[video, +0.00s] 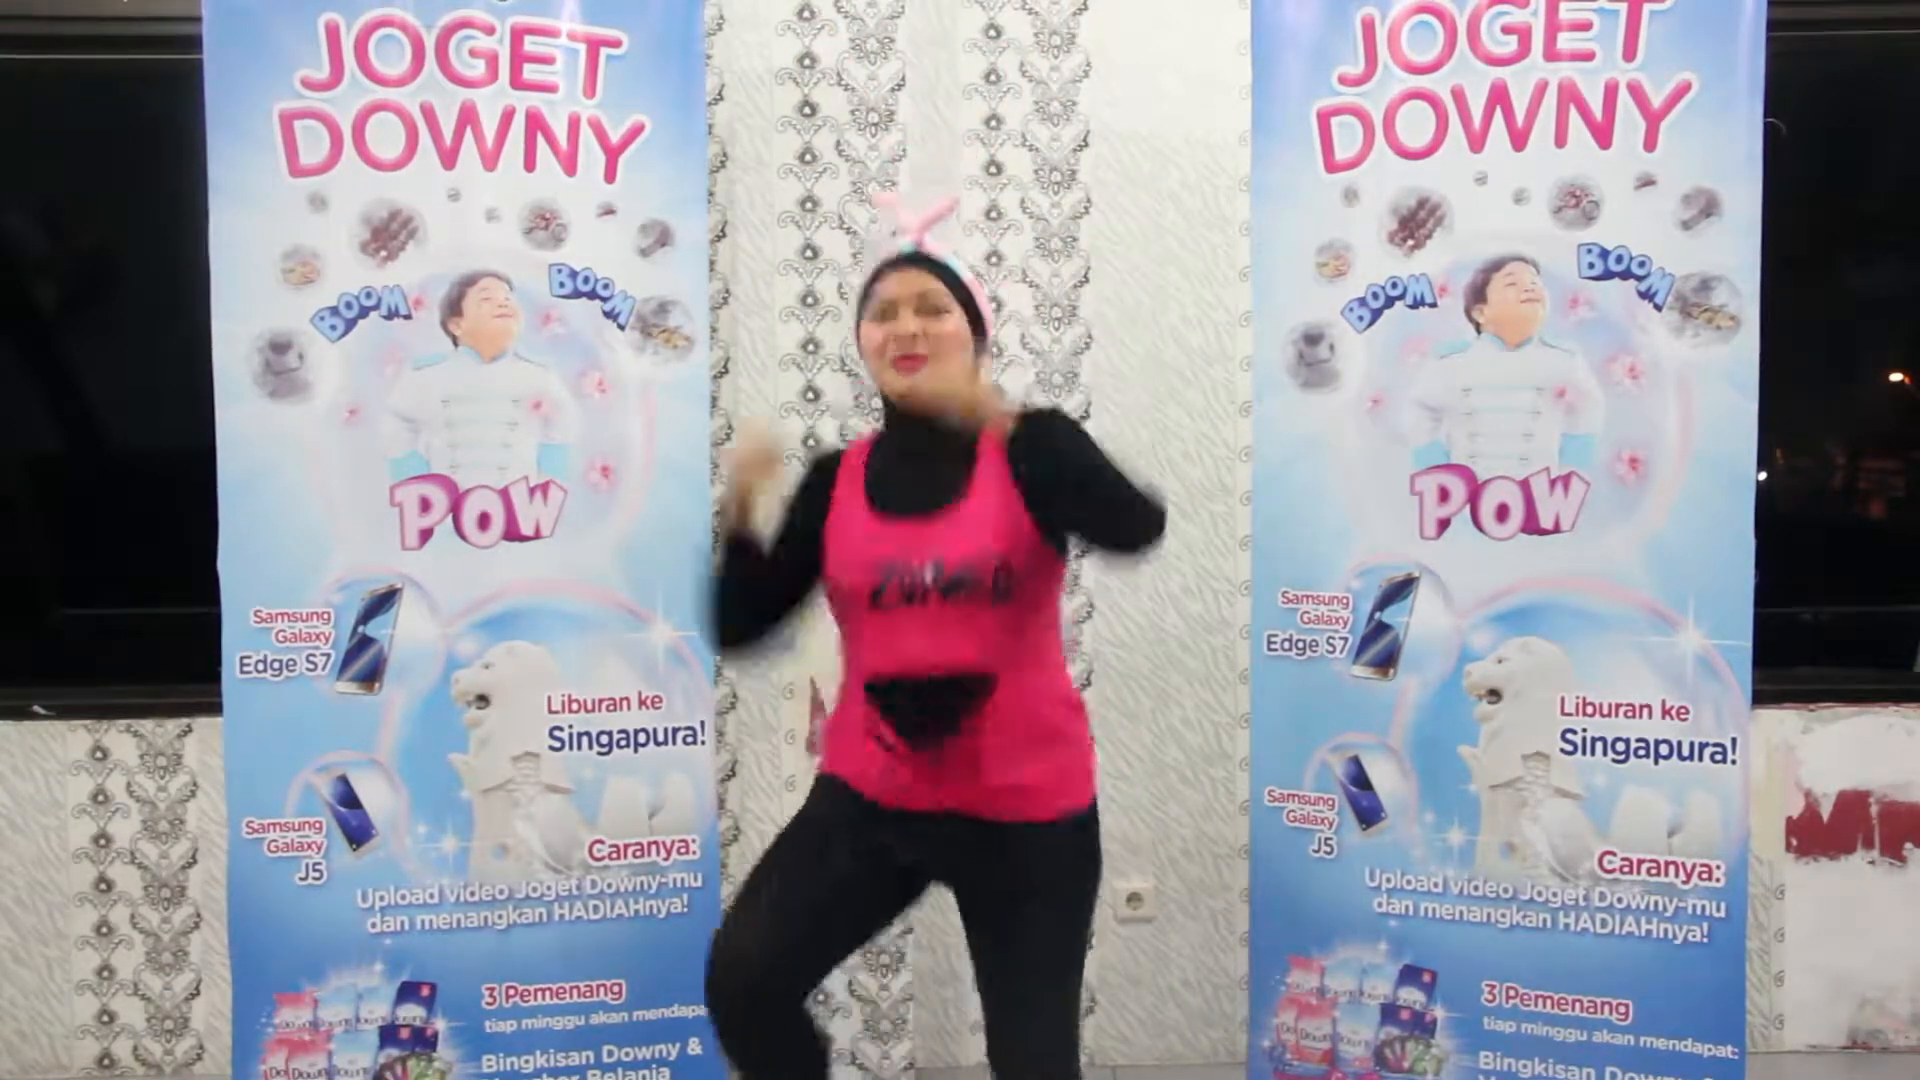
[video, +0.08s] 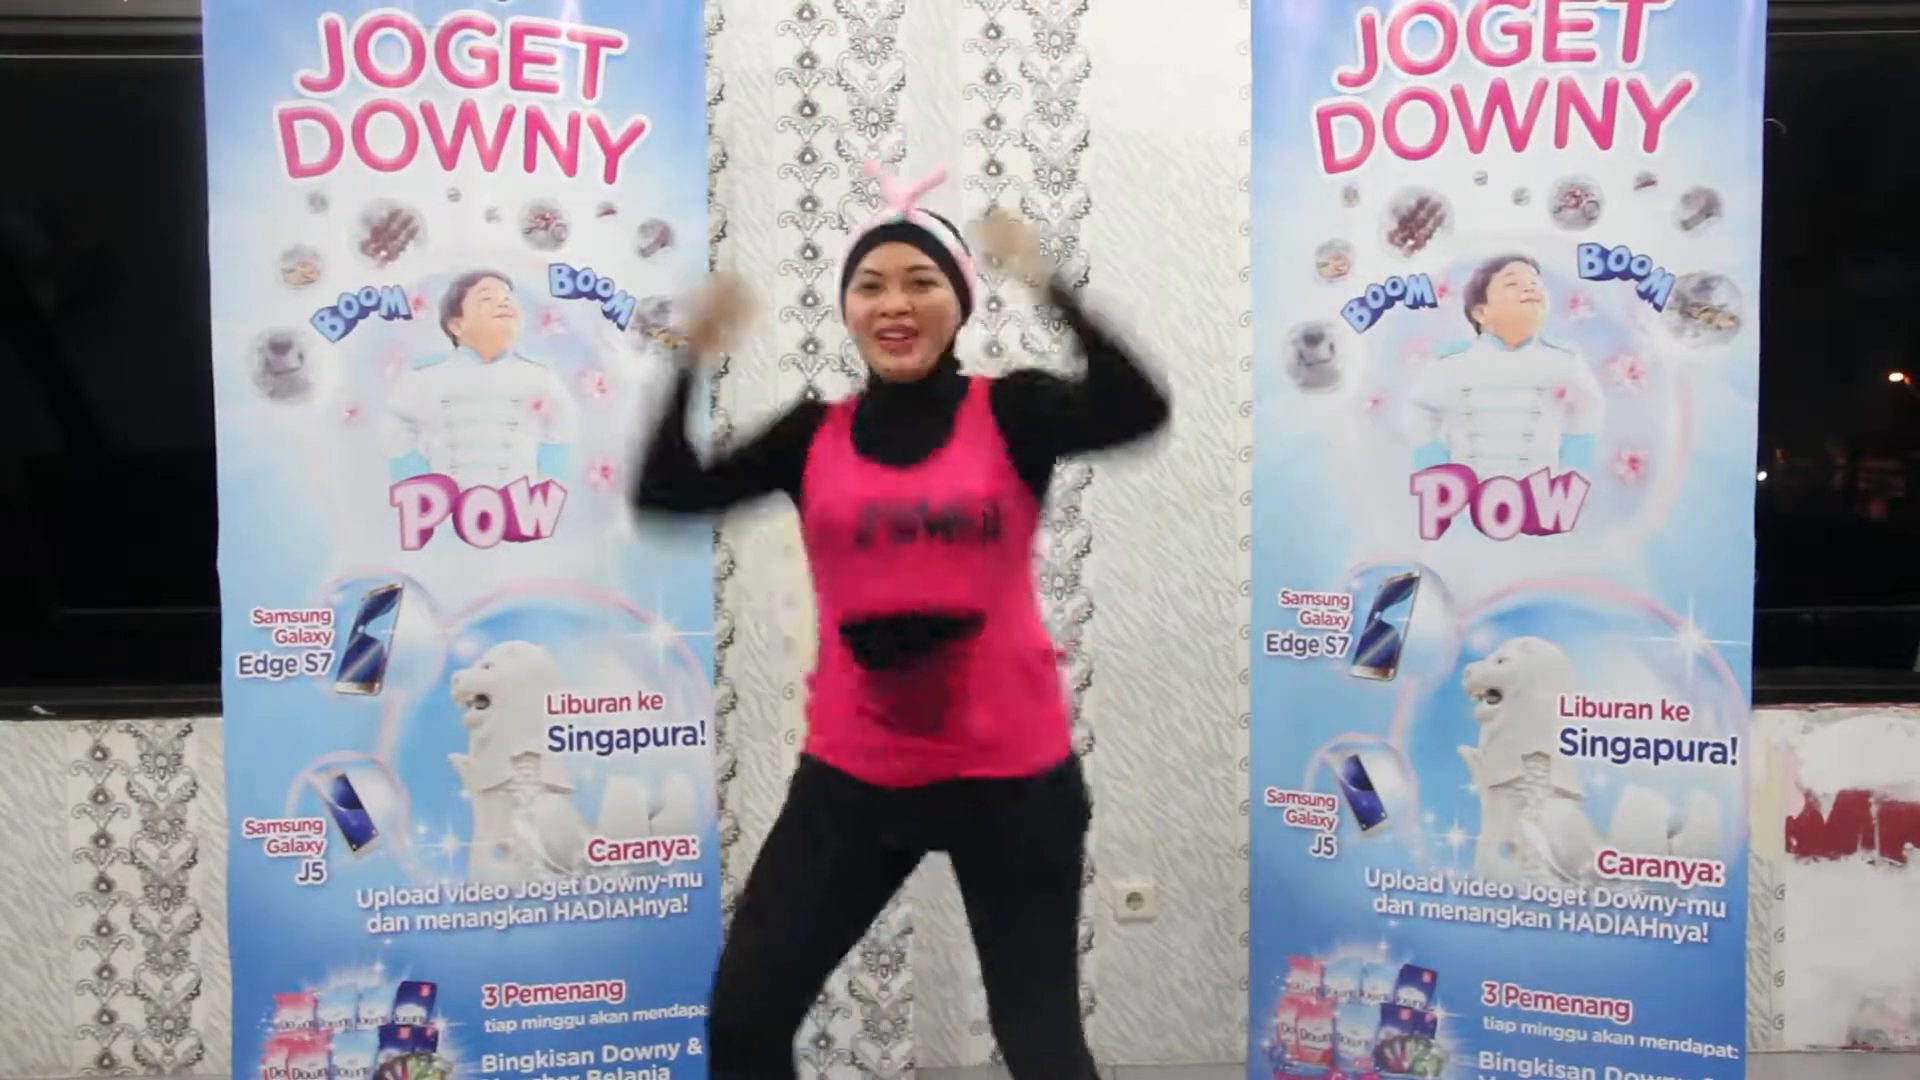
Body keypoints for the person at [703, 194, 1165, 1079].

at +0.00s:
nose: (906, 328)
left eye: (930, 310)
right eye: (884, 314)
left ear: (976, 336)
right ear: (861, 348)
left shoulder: (1032, 453)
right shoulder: (836, 480)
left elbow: (1136, 526)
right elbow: (741, 621)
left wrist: (1012, 425)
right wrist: (738, 523)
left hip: (1024, 809)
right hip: (872, 800)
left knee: (1034, 1059)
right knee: (744, 981)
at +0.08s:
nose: (895, 303)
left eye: (920, 282)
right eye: (872, 285)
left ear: (960, 304)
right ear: (846, 310)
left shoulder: (1014, 410)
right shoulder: (812, 435)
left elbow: (1139, 409)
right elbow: (664, 492)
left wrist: (1053, 287)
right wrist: (690, 359)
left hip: (1011, 780)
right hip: (857, 781)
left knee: (1042, 1042)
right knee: (744, 1022)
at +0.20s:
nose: (879, 345)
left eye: (903, 327)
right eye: (858, 327)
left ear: (938, 350)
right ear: (826, 350)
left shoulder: (976, 446)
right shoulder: (779, 450)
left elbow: (1056, 279)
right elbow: (681, 305)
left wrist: (1147, 124)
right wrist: (614, 137)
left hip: (977, 835)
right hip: (815, 840)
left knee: (1041, 1063)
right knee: (761, 1063)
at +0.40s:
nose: (869, 330)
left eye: (895, 314)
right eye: (846, 310)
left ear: (927, 342)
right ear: (812, 335)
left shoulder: (972, 442)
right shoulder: (752, 445)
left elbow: (1148, 421)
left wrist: (1127, 277)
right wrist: (584, 281)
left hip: (960, 824)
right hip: (797, 827)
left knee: (1004, 1057)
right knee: (763, 1062)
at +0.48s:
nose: (870, 337)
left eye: (896, 318)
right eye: (845, 315)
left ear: (928, 344)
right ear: (813, 338)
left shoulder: (980, 453)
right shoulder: (757, 465)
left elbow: (1129, 558)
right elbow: (621, 590)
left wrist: (1127, 468)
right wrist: (600, 482)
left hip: (966, 817)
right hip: (808, 820)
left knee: (997, 1060)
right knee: (767, 1061)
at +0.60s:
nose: (867, 355)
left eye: (893, 335)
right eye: (842, 333)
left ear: (921, 358)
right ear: (805, 354)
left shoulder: (966, 481)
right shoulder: (748, 499)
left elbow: (993, 654)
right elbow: (713, 681)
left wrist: (1038, 641)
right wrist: (732, 545)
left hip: (954, 838)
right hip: (792, 842)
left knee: (988, 1063)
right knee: (772, 1065)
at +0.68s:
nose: (866, 369)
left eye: (890, 348)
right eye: (839, 347)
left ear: (917, 369)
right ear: (801, 367)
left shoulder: (946, 485)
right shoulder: (742, 488)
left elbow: (951, 639)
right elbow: (745, 639)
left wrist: (1001, 646)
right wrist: (826, 524)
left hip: (938, 822)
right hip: (785, 825)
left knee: (945, 1044)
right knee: (760, 1060)